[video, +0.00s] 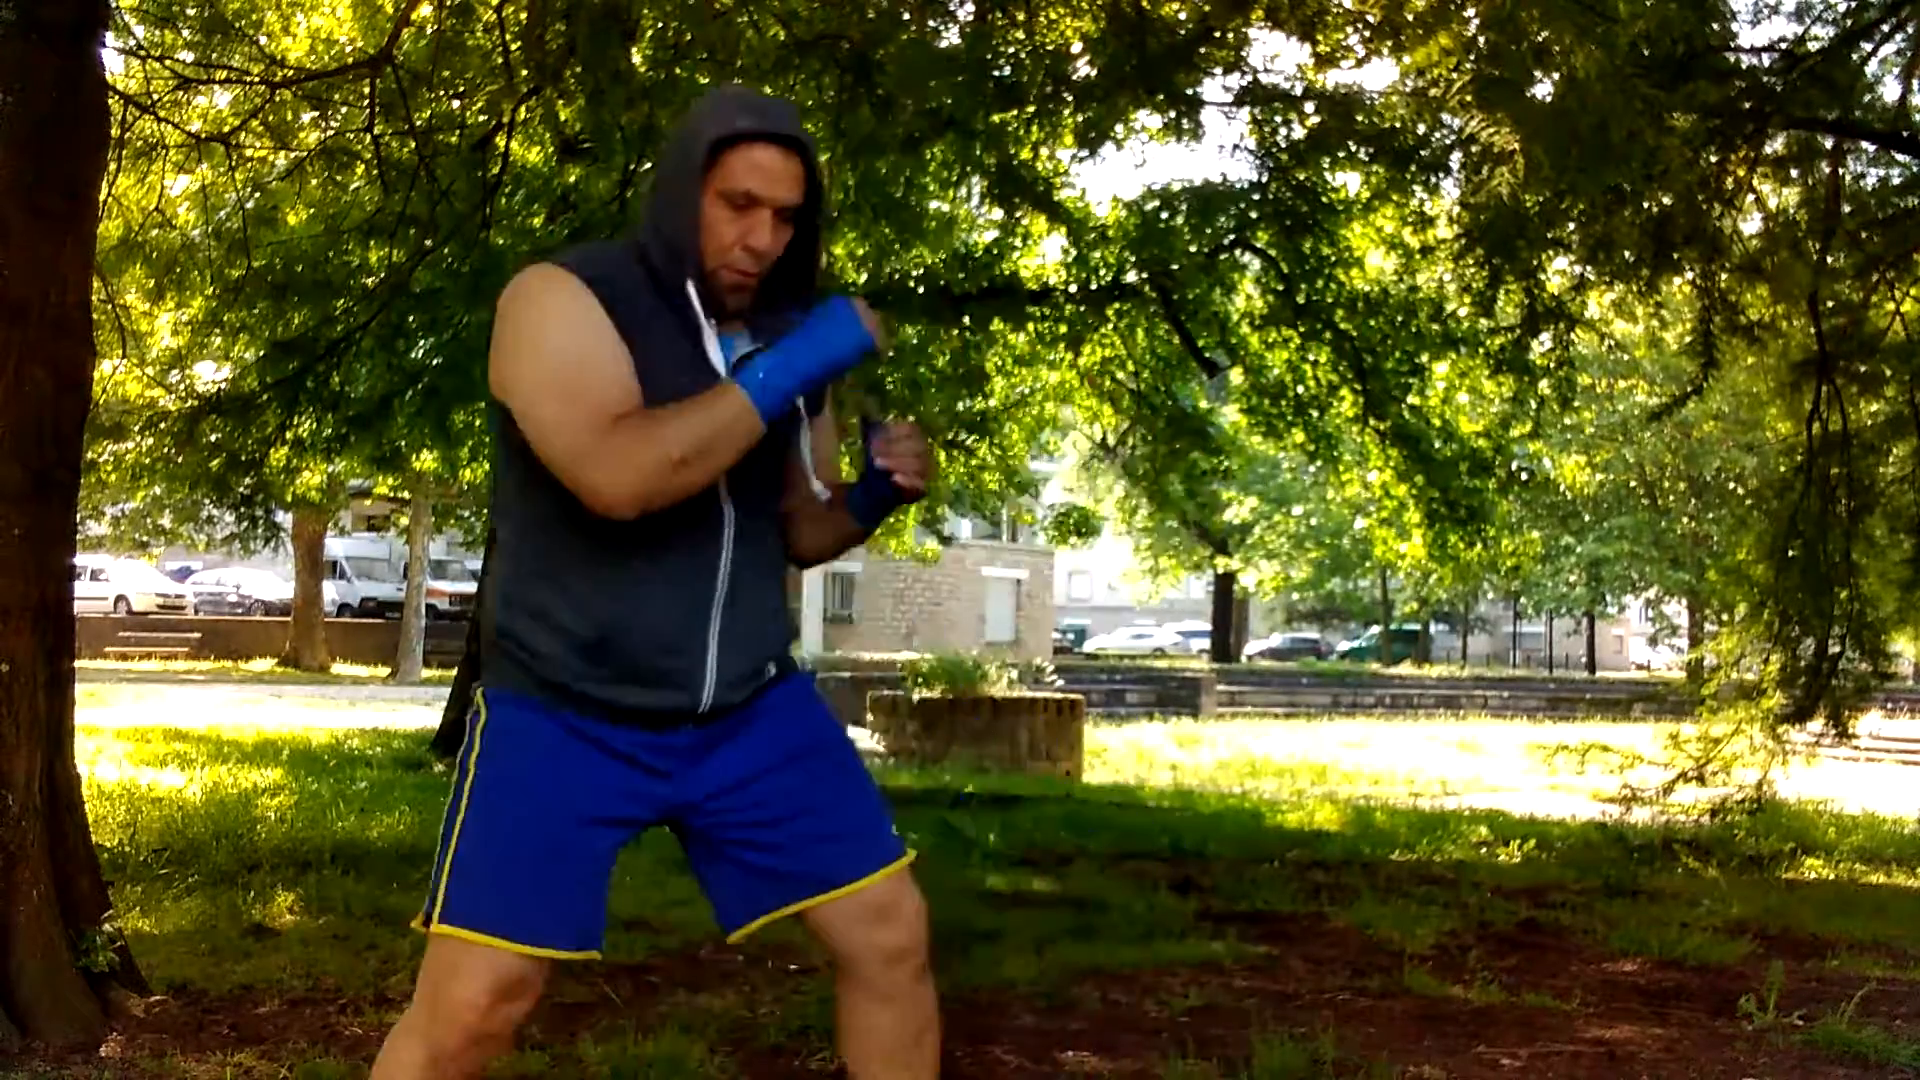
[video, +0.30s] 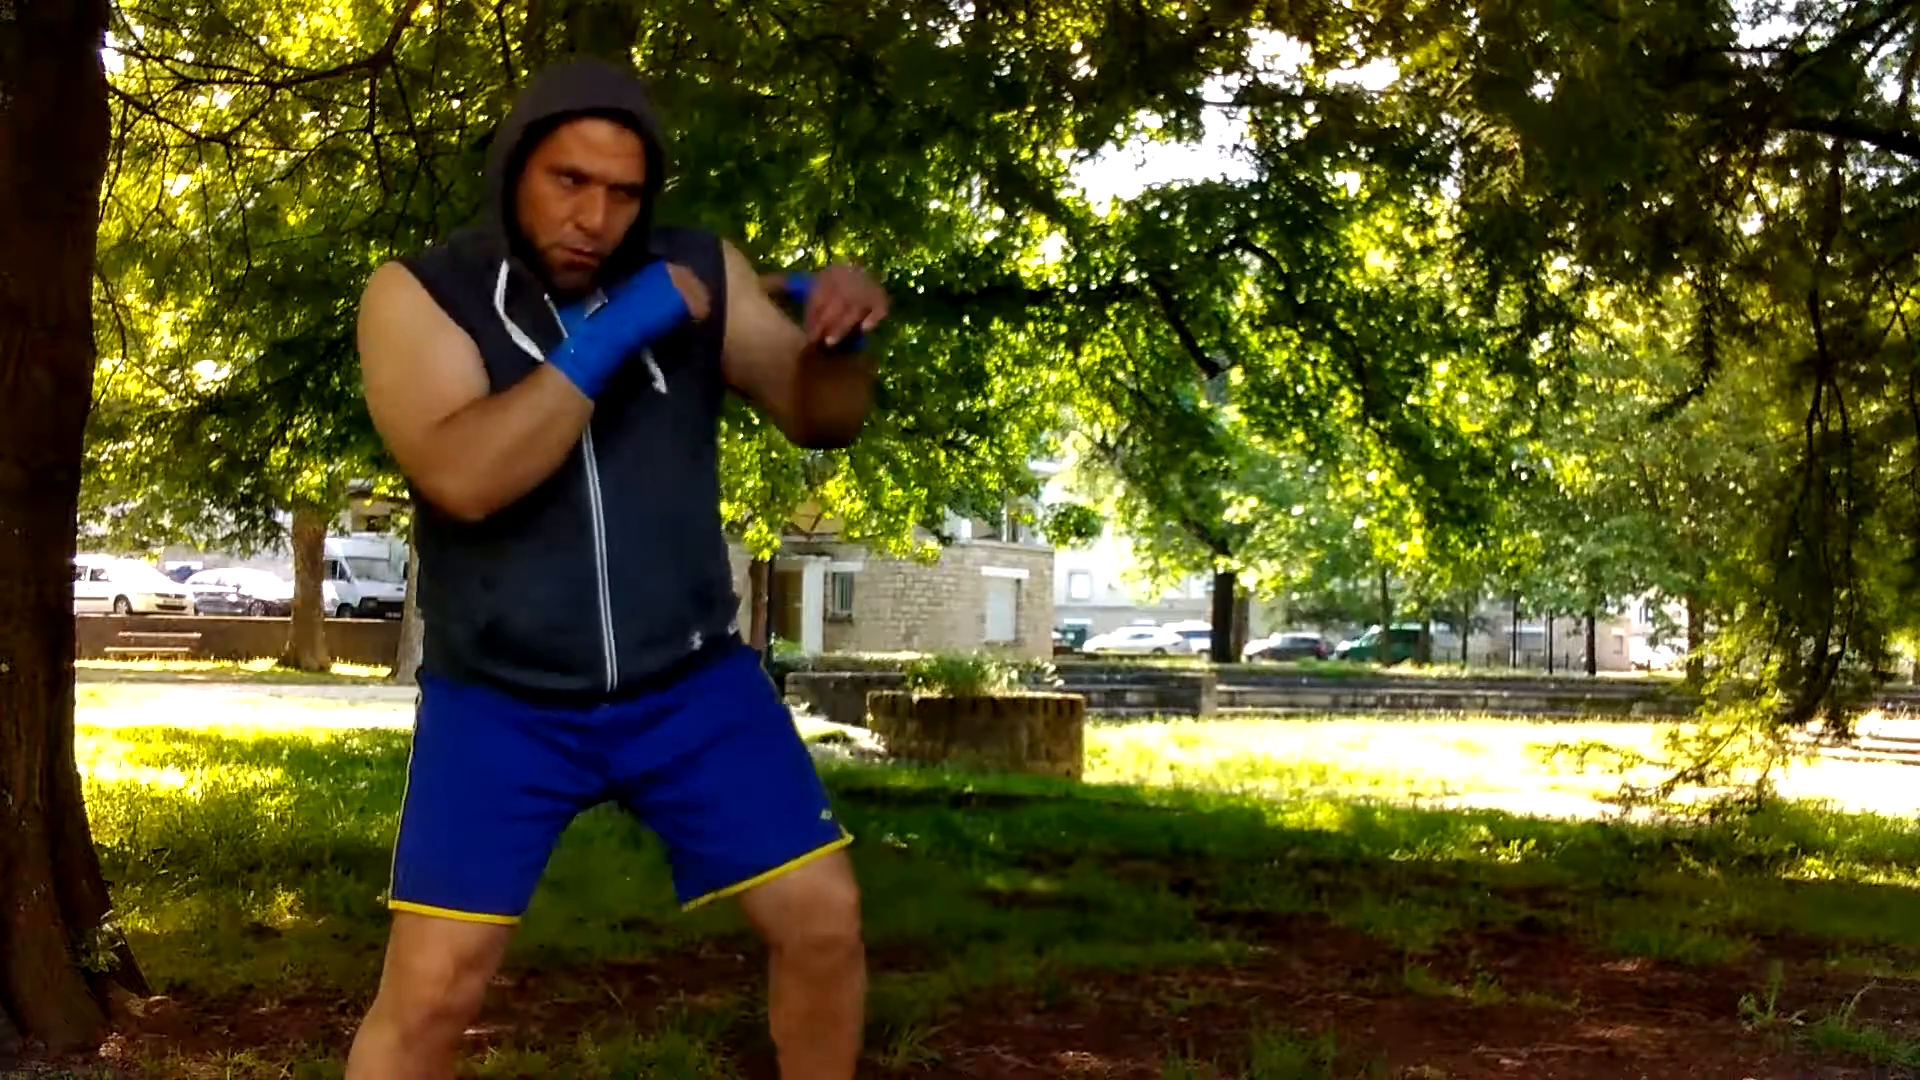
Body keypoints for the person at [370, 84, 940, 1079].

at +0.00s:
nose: (760, 238)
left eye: (784, 216)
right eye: (739, 204)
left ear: (801, 226)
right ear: (680, 190)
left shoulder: (778, 341)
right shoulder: (554, 300)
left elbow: (796, 532)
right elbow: (615, 472)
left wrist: (873, 493)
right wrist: (793, 363)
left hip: (752, 710)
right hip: (561, 714)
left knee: (887, 933)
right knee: (477, 999)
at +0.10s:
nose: (683, 222)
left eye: (710, 197)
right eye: (659, 187)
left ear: (732, 206)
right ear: (600, 175)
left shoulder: (751, 304)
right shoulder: (486, 292)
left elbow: (826, 468)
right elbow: (536, 454)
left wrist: (859, 417)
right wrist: (692, 332)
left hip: (720, 693)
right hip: (528, 702)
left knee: (849, 928)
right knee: (454, 997)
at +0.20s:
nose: (619, 215)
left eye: (647, 191)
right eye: (596, 180)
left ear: (671, 194)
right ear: (542, 169)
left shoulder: (716, 273)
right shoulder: (436, 290)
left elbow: (908, 337)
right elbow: (459, 467)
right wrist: (614, 337)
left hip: (686, 694)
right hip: (492, 700)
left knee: (799, 950)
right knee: (428, 992)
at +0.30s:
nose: (593, 217)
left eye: (620, 192)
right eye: (569, 182)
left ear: (645, 195)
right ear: (515, 171)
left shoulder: (691, 268)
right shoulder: (414, 295)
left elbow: (821, 418)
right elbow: (462, 474)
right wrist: (609, 331)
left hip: (695, 687)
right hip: (498, 704)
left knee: (822, 925)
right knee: (433, 995)